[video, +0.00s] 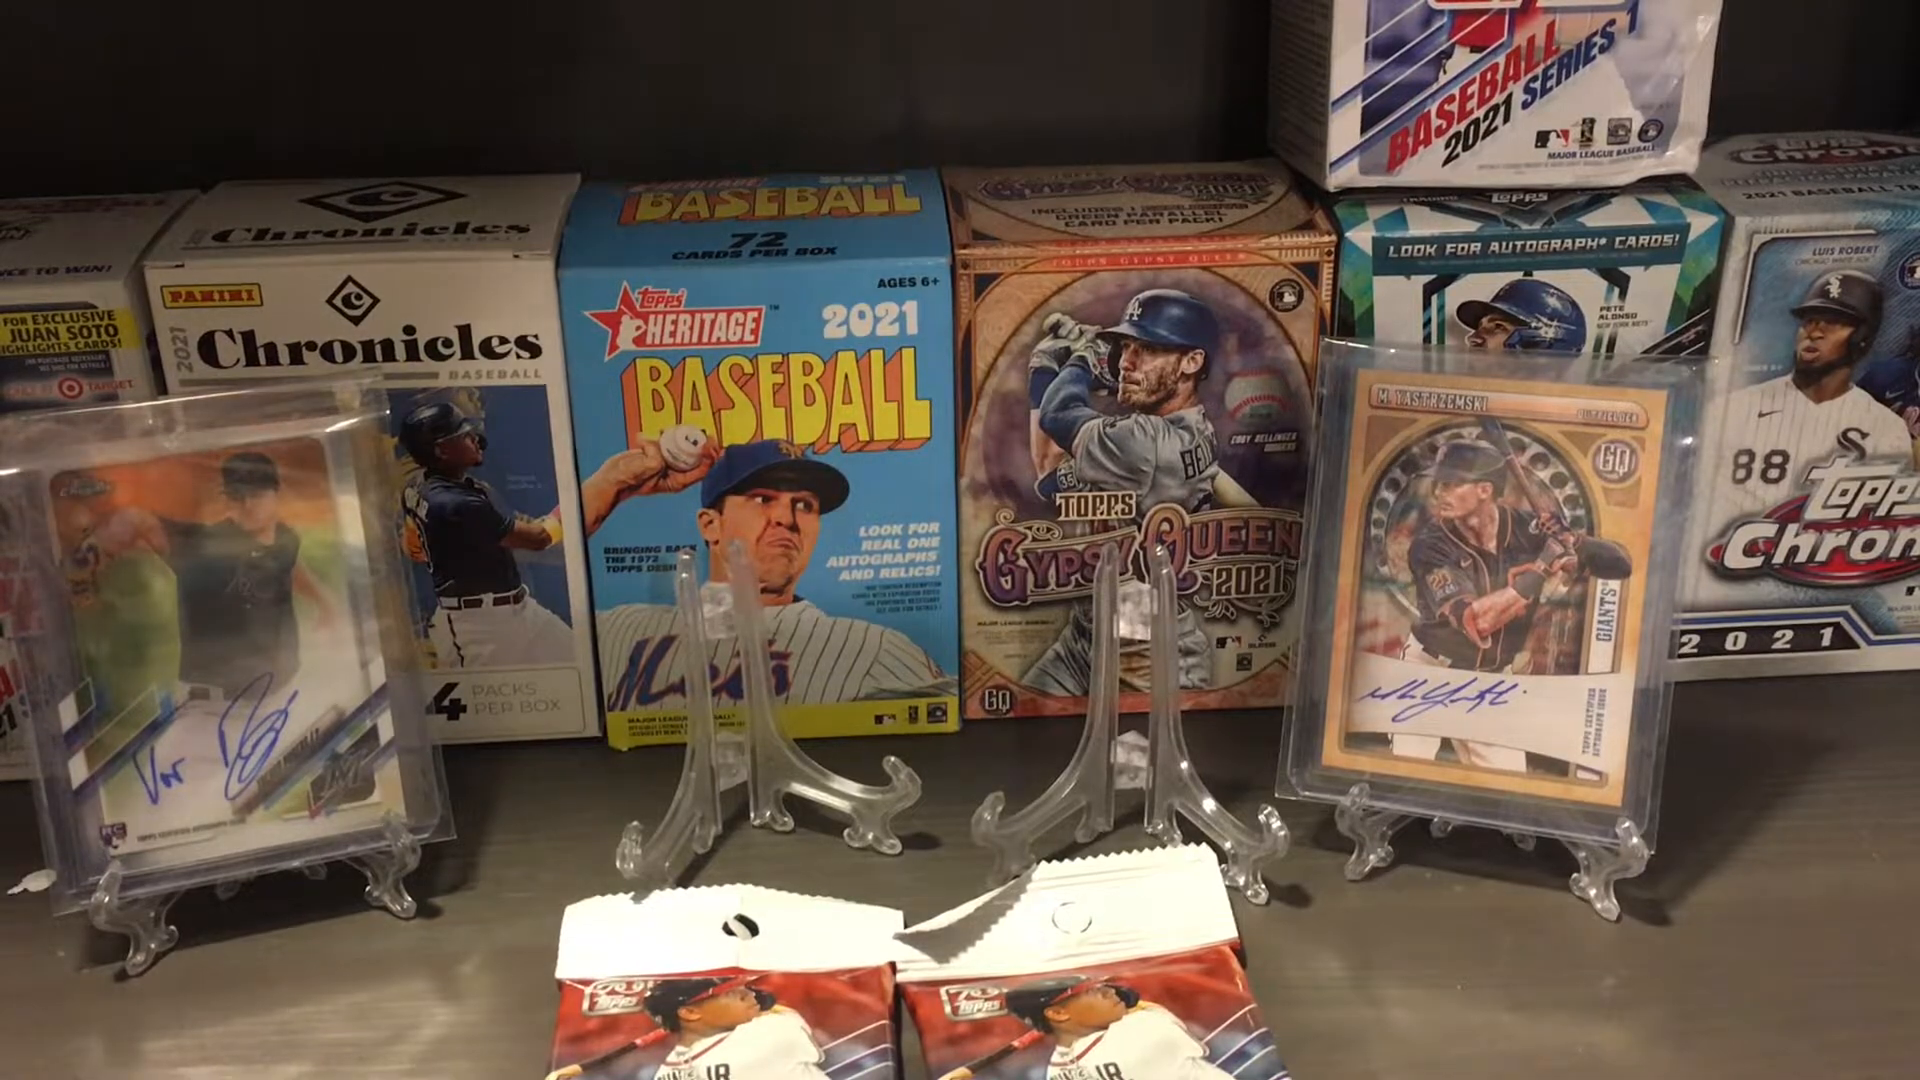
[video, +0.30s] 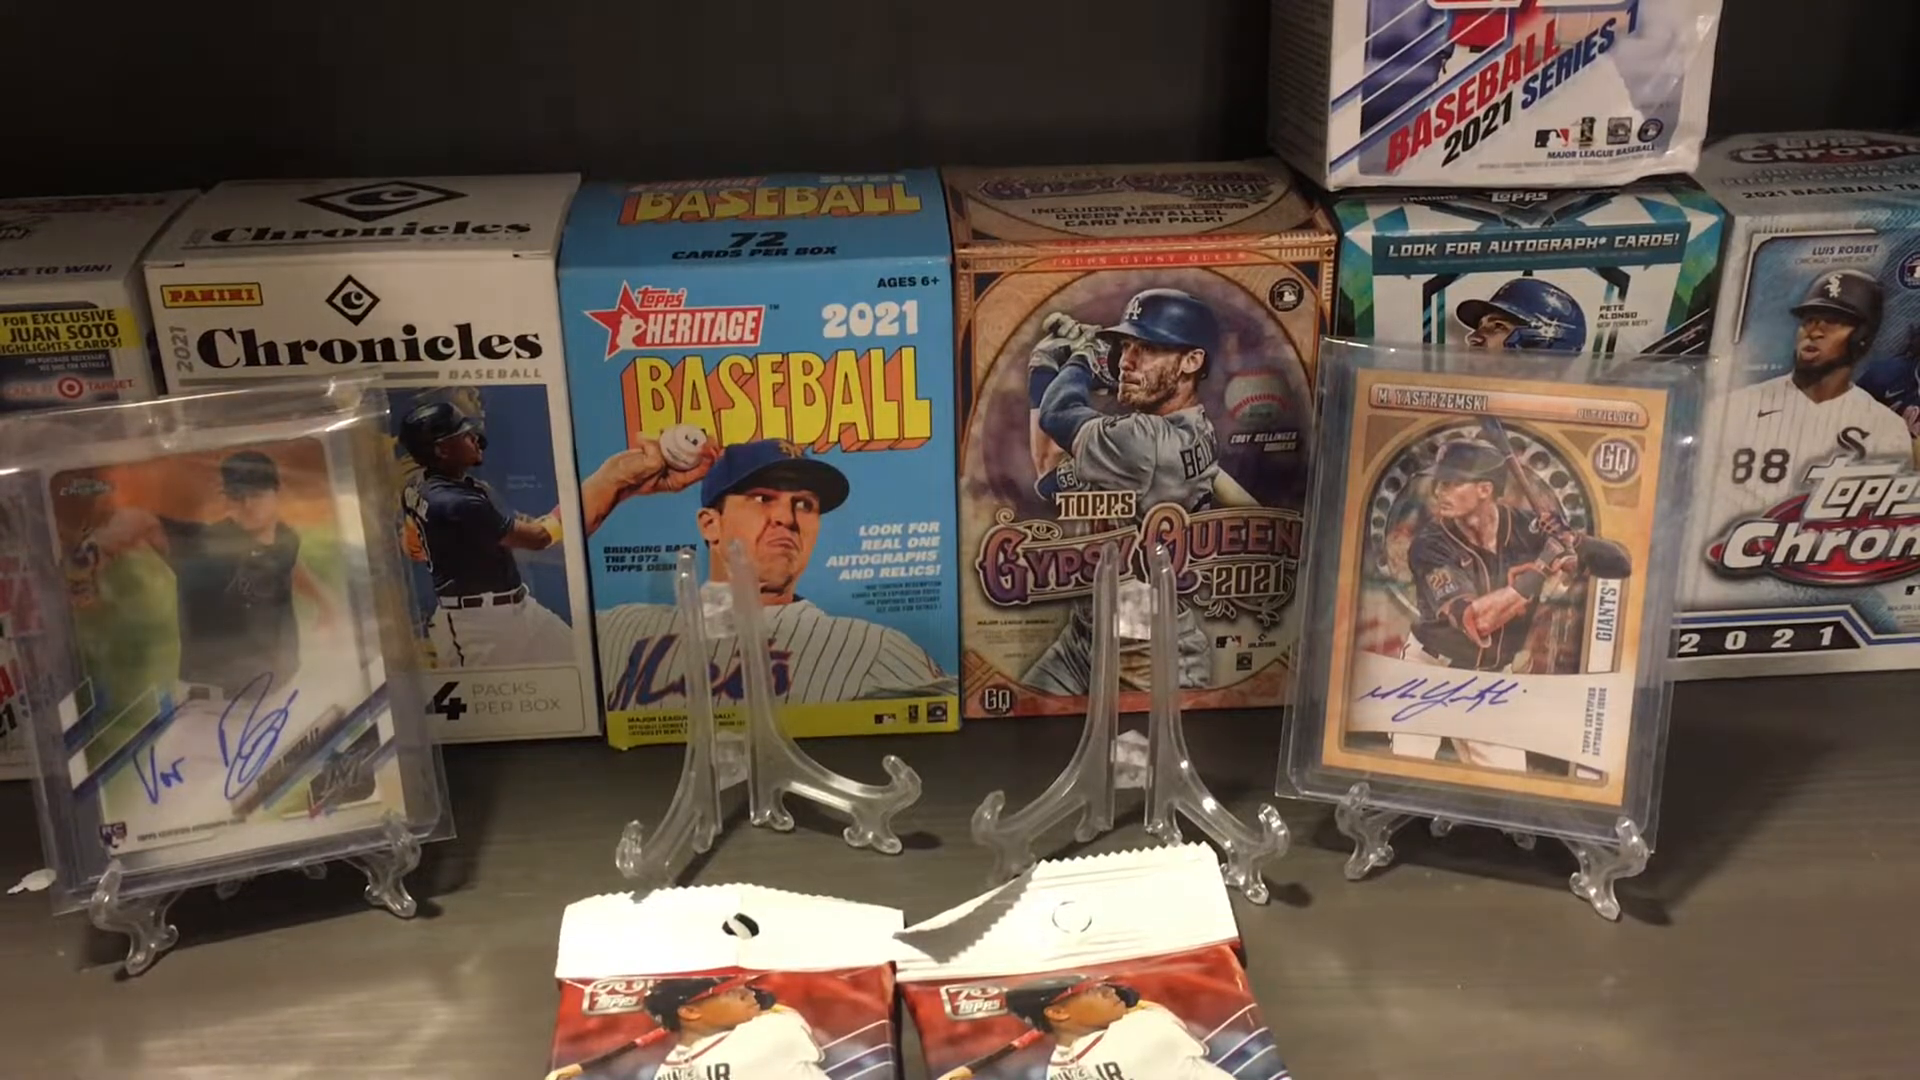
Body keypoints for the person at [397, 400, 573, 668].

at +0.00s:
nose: (474, 435)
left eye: (468, 429)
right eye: (463, 433)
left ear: (442, 451)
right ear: (441, 450)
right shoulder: (459, 506)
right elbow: (538, 538)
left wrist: (546, 522)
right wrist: (568, 512)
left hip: (520, 609)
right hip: (474, 623)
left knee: (588, 665)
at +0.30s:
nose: (474, 435)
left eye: (469, 429)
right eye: (464, 433)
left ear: (442, 451)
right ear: (441, 450)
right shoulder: (461, 505)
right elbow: (539, 537)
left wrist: (537, 524)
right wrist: (569, 510)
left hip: (520, 609)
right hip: (474, 623)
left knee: (588, 664)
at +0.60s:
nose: (474, 435)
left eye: (468, 429)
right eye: (463, 433)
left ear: (443, 451)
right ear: (442, 450)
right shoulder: (461, 506)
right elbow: (539, 538)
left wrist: (537, 524)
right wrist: (568, 512)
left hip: (520, 610)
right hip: (474, 624)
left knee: (588, 665)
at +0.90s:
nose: (474, 435)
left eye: (468, 429)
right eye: (463, 433)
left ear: (442, 451)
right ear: (442, 450)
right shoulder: (461, 506)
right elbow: (539, 537)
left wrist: (534, 524)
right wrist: (570, 510)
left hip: (520, 610)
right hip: (475, 624)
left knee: (589, 664)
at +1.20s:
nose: (474, 435)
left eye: (468, 430)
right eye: (463, 433)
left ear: (443, 452)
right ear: (442, 450)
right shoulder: (461, 506)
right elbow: (538, 537)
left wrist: (532, 524)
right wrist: (574, 506)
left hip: (519, 609)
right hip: (475, 623)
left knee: (587, 662)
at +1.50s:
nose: (475, 435)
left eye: (468, 430)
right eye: (464, 433)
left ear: (443, 451)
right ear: (442, 450)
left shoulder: (421, 489)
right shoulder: (461, 506)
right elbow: (538, 537)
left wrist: (533, 523)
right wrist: (573, 506)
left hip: (521, 609)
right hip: (477, 623)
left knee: (587, 663)